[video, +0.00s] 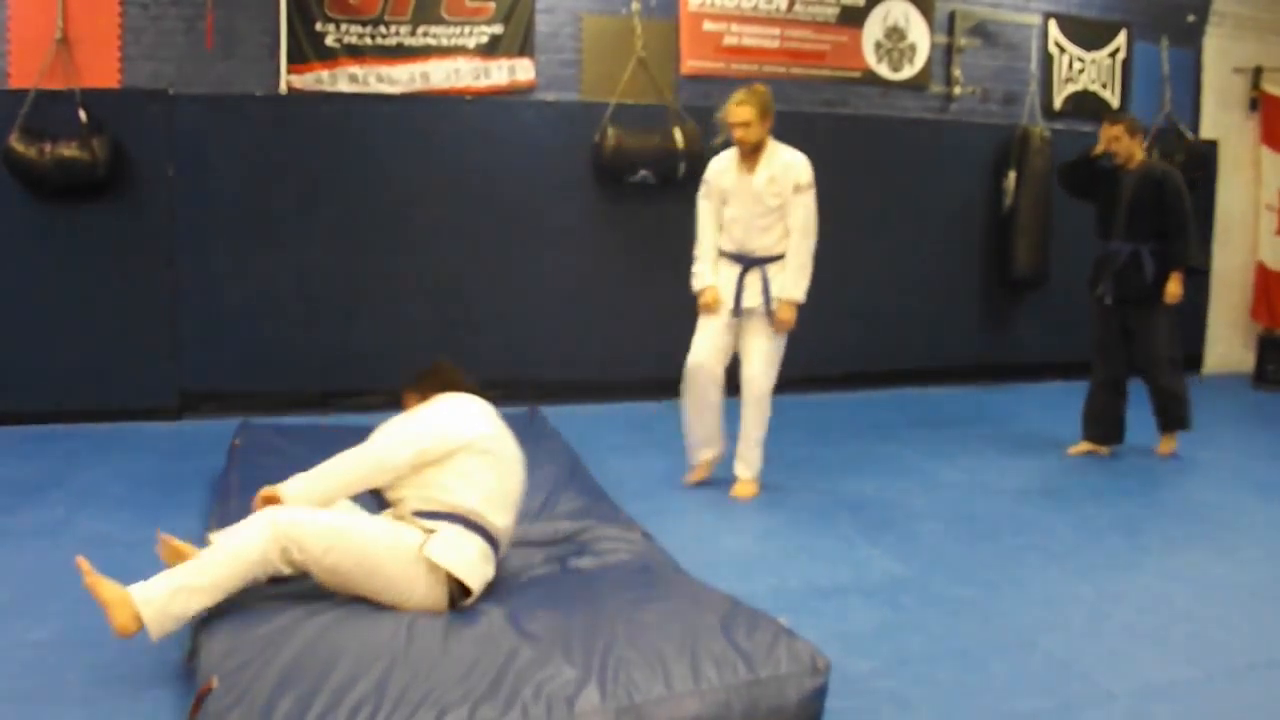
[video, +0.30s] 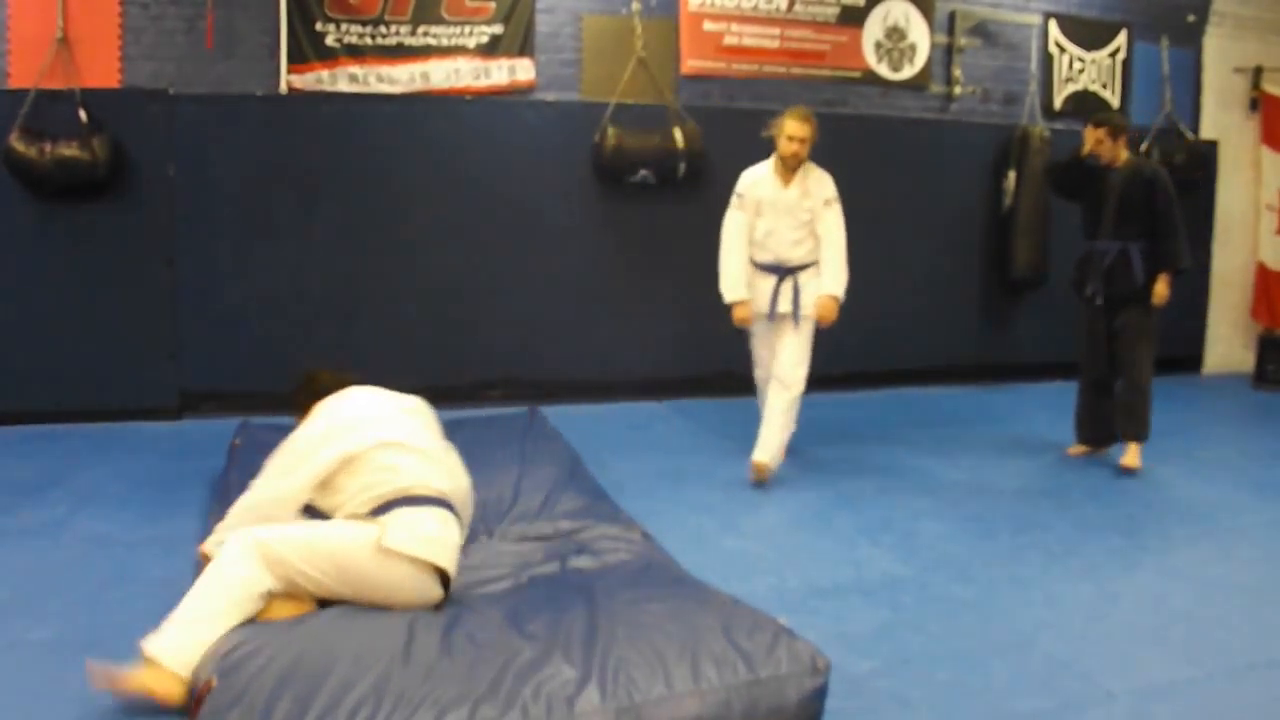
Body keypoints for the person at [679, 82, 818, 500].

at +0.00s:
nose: (739, 134)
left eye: (747, 126)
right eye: (734, 126)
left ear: (767, 123)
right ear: (728, 126)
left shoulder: (794, 167)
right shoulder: (719, 166)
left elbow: (803, 235)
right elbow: (706, 229)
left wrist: (791, 295)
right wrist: (704, 280)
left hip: (772, 275)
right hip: (723, 273)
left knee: (757, 379)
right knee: (700, 364)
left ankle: (747, 471)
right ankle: (705, 451)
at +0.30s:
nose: (796, 148)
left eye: (803, 141)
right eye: (790, 139)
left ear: (811, 145)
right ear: (775, 138)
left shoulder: (821, 184)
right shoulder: (751, 180)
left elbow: (834, 240)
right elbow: (733, 237)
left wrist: (831, 292)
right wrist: (737, 295)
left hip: (805, 281)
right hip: (760, 279)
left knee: (789, 372)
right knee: (764, 369)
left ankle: (766, 454)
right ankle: (777, 433)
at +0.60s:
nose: (838, 132)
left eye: (845, 127)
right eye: (833, 124)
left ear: (850, 131)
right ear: (817, 123)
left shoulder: (856, 170)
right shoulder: (788, 165)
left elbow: (863, 227)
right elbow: (772, 223)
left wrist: (862, 280)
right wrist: (772, 276)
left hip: (839, 265)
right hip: (795, 263)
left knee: (847, 353)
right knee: (784, 356)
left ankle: (847, 421)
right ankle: (777, 432)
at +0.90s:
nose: (902, 151)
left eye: (907, 145)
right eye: (896, 144)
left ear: (909, 149)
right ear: (877, 144)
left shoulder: (907, 186)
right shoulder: (849, 183)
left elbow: (917, 239)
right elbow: (825, 237)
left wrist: (917, 289)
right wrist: (810, 287)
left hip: (891, 275)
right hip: (853, 273)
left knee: (890, 351)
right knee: (837, 349)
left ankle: (871, 416)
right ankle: (790, 423)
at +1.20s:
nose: (957, 148)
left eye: (958, 141)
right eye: (952, 140)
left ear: (941, 141)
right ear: (931, 137)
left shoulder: (937, 174)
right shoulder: (896, 172)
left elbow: (947, 223)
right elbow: (884, 225)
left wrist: (960, 265)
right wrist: (889, 274)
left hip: (921, 263)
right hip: (898, 263)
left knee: (897, 341)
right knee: (927, 337)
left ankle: (872, 409)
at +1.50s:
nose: (1018, 158)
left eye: (1018, 152)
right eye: (1013, 152)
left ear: (990, 151)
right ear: (994, 151)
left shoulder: (962, 174)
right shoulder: (982, 187)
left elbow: (946, 227)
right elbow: (973, 245)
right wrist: (976, 297)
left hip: (936, 266)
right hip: (958, 274)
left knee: (918, 344)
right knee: (982, 352)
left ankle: (877, 404)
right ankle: (991, 424)